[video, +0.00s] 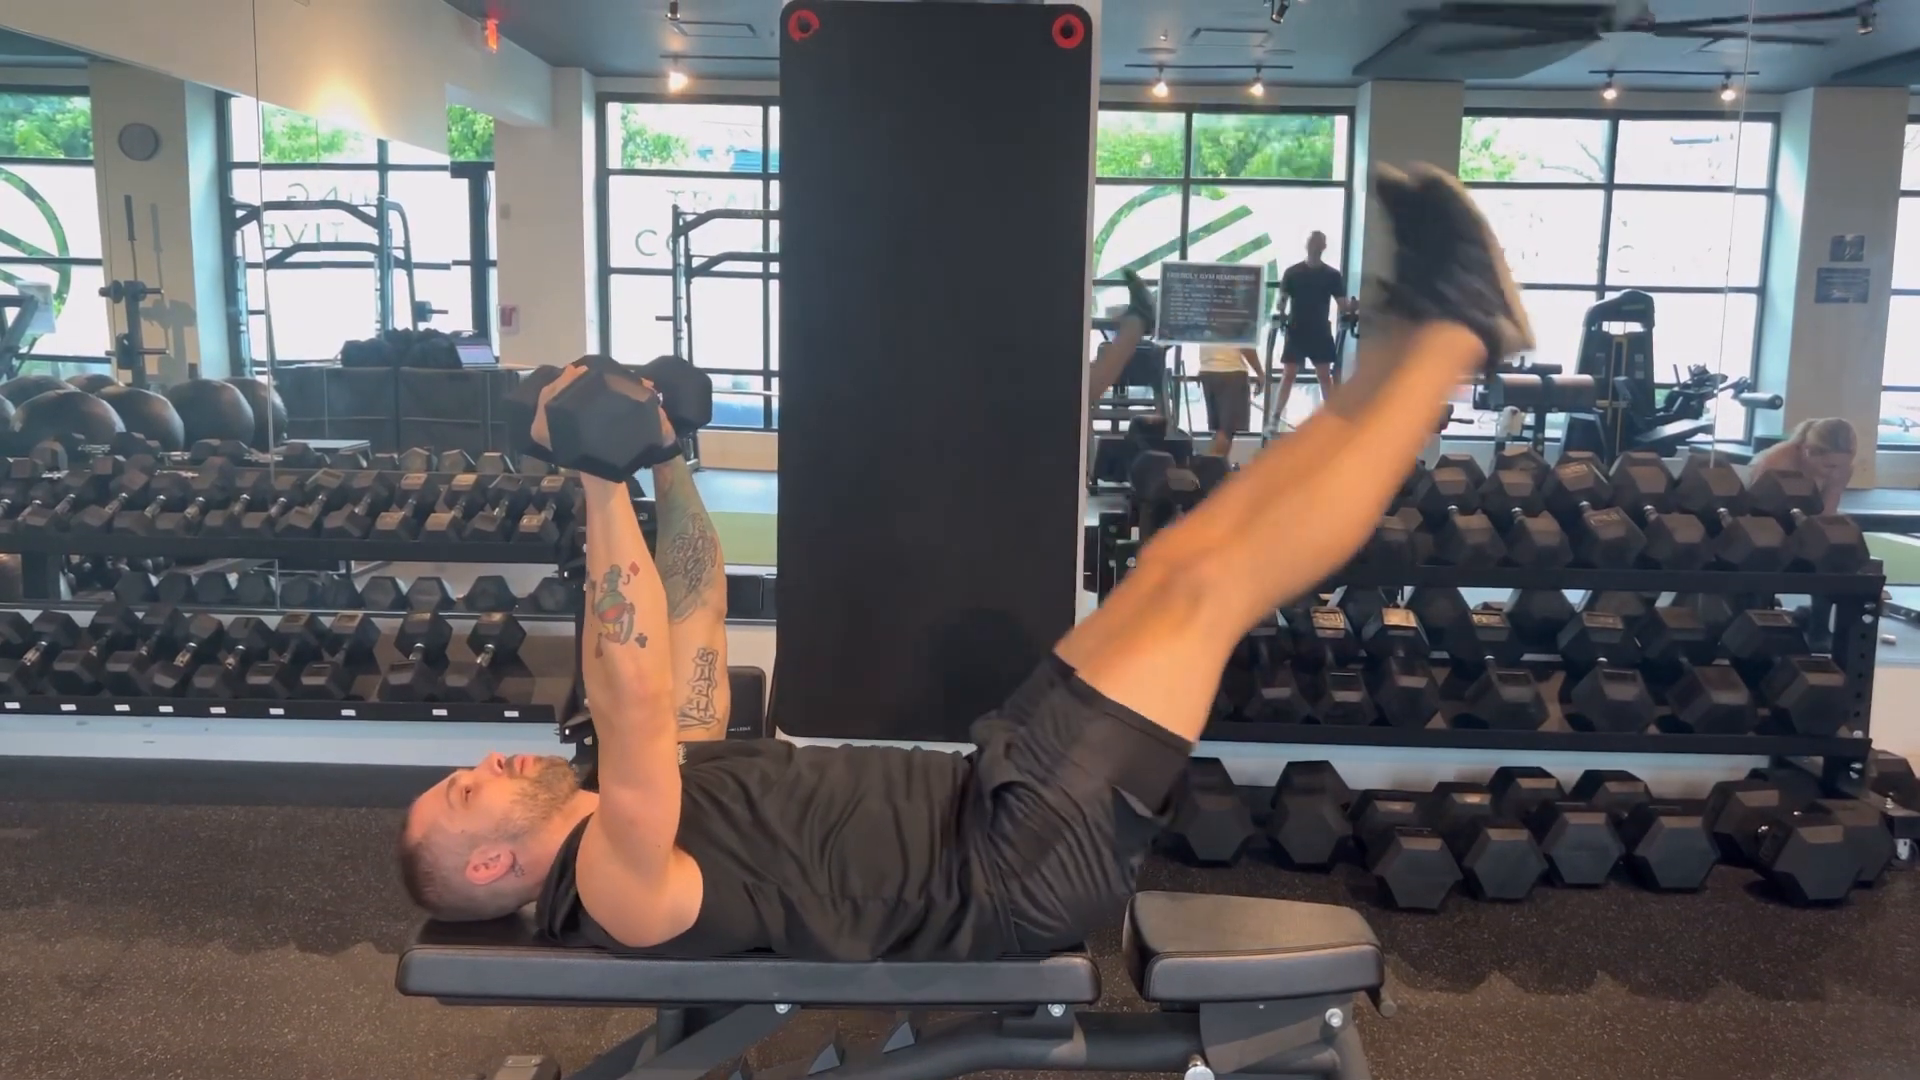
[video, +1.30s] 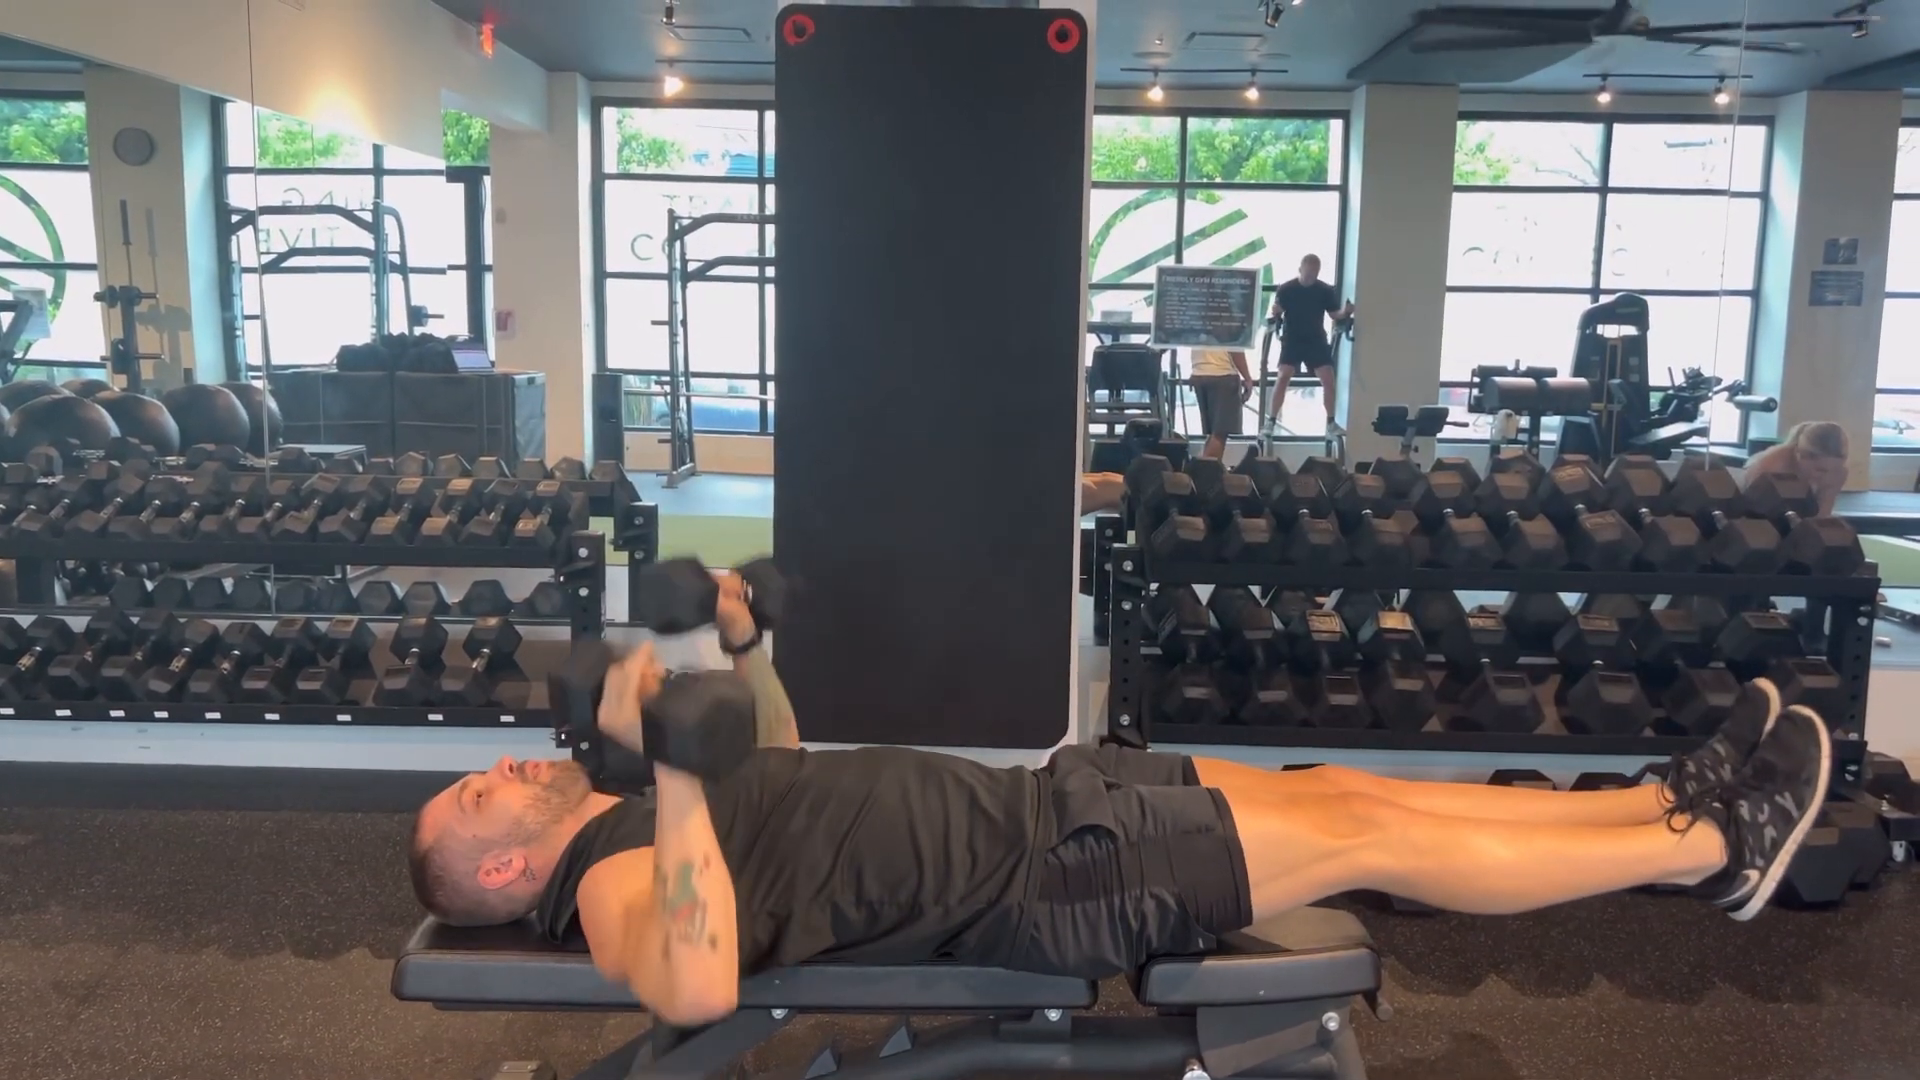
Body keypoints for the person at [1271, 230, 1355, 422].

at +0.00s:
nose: (1313, 246)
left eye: (1318, 243)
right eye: (1311, 242)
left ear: (1324, 247)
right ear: (1306, 245)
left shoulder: (1332, 275)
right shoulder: (1292, 273)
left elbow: (1342, 303)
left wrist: (1349, 308)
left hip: (1320, 329)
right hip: (1296, 328)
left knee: (1324, 376)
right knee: (1289, 374)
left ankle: (1331, 417)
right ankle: (1275, 418)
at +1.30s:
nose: (1309, 277)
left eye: (1313, 273)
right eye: (1306, 272)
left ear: (1318, 272)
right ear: (1299, 269)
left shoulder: (1325, 291)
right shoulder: (1286, 289)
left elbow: (1335, 315)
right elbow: (1275, 312)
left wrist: (1345, 312)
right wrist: (1274, 315)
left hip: (1316, 340)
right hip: (1292, 340)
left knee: (1328, 379)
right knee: (1283, 377)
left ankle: (1331, 424)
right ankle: (1271, 421)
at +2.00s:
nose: (1307, 282)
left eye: (1310, 278)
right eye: (1303, 278)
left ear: (1315, 278)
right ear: (1297, 277)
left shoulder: (1321, 300)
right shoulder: (1285, 300)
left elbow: (1333, 323)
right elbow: (1271, 324)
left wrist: (1344, 319)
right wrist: (1272, 319)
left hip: (1314, 352)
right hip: (1291, 353)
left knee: (1314, 399)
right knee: (1290, 399)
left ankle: (1311, 442)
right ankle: (1286, 441)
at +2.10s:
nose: (1306, 284)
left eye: (1309, 280)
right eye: (1302, 279)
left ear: (1314, 280)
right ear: (1296, 279)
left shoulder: (1320, 301)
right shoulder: (1284, 301)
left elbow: (1334, 323)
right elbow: (1272, 333)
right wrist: (1273, 321)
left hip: (1312, 356)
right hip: (1289, 356)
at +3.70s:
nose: (1303, 288)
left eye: (1306, 284)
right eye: (1299, 284)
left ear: (1310, 287)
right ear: (1293, 288)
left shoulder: (1320, 311)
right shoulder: (1284, 312)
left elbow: (1332, 334)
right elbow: (1271, 332)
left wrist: (1343, 328)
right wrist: (1271, 329)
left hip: (1314, 358)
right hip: (1291, 357)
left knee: (1319, 393)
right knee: (1299, 381)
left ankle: (1323, 435)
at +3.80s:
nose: (1303, 285)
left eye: (1306, 282)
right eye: (1299, 282)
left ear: (1310, 286)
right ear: (1292, 286)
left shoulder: (1320, 310)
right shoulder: (1283, 311)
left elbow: (1332, 334)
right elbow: (1272, 336)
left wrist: (1342, 329)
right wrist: (1272, 329)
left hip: (1314, 358)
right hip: (1289, 359)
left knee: (1323, 357)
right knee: (1301, 353)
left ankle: (1330, 391)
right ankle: (1309, 396)